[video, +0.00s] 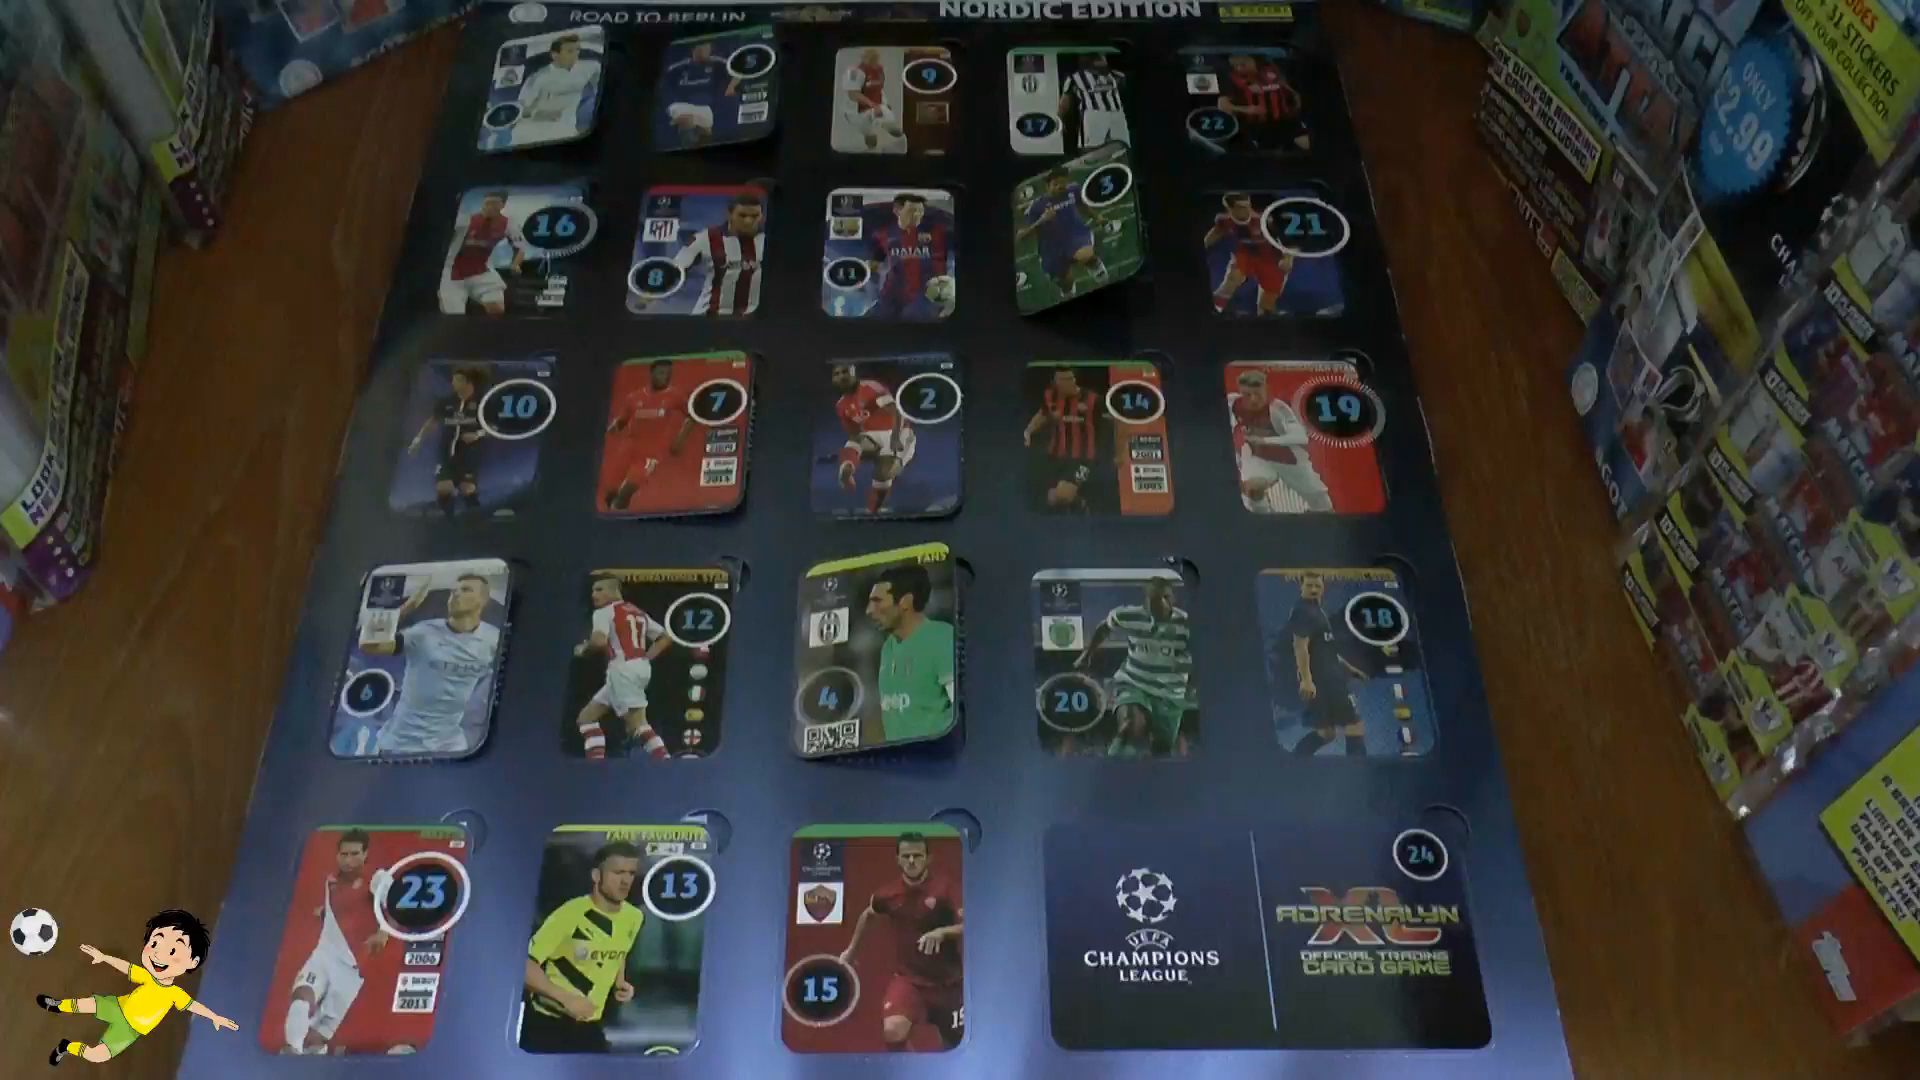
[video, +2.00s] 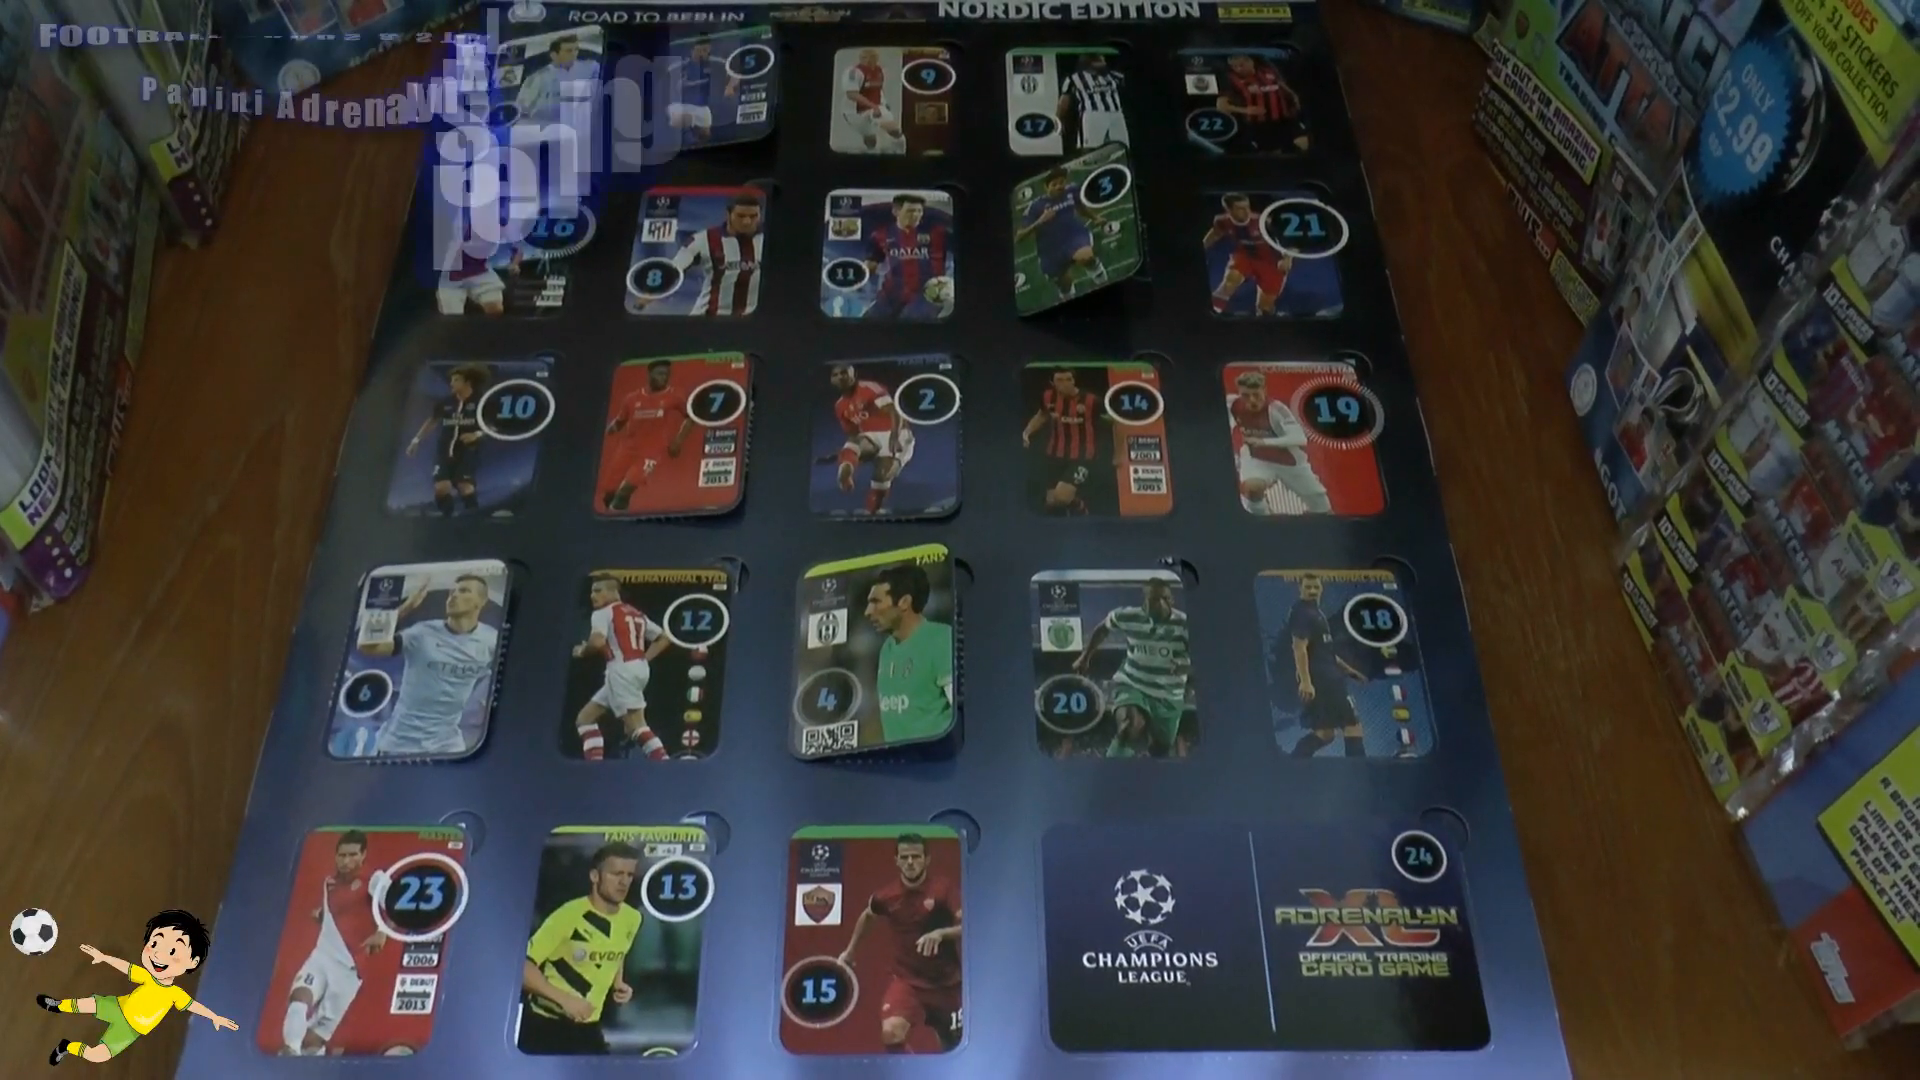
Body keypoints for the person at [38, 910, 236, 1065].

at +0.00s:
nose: (160, 956)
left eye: (172, 952)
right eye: (156, 944)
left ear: (189, 965)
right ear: (146, 946)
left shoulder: (176, 995)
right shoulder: (143, 975)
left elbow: (195, 1007)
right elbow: (124, 967)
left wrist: (215, 1018)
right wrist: (103, 958)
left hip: (131, 1029)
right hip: (119, 1008)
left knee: (99, 1055)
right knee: (88, 1003)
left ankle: (66, 1047)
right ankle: (57, 1006)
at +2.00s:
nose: (159, 956)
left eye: (172, 953)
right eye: (155, 944)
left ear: (188, 965)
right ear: (146, 945)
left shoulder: (176, 995)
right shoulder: (143, 975)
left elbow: (195, 1007)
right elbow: (124, 967)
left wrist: (214, 1017)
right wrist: (103, 958)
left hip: (131, 1030)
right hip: (119, 1008)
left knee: (99, 1055)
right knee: (89, 1003)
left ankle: (66, 1047)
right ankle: (57, 1006)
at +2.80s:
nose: (159, 956)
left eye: (172, 952)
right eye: (155, 944)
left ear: (189, 965)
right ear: (145, 945)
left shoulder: (176, 995)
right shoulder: (144, 975)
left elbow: (195, 1007)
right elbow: (124, 966)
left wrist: (214, 1017)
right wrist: (103, 958)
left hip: (131, 1030)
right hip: (119, 1008)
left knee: (99, 1055)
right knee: (89, 1003)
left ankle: (66, 1047)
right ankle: (57, 1006)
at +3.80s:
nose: (159, 956)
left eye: (172, 952)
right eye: (155, 944)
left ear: (187, 966)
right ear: (146, 945)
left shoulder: (176, 995)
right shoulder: (143, 976)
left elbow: (194, 1007)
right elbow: (124, 966)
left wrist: (214, 1017)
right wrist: (103, 958)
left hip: (131, 1030)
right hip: (119, 1008)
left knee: (99, 1055)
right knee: (89, 1003)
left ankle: (66, 1047)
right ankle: (57, 1006)